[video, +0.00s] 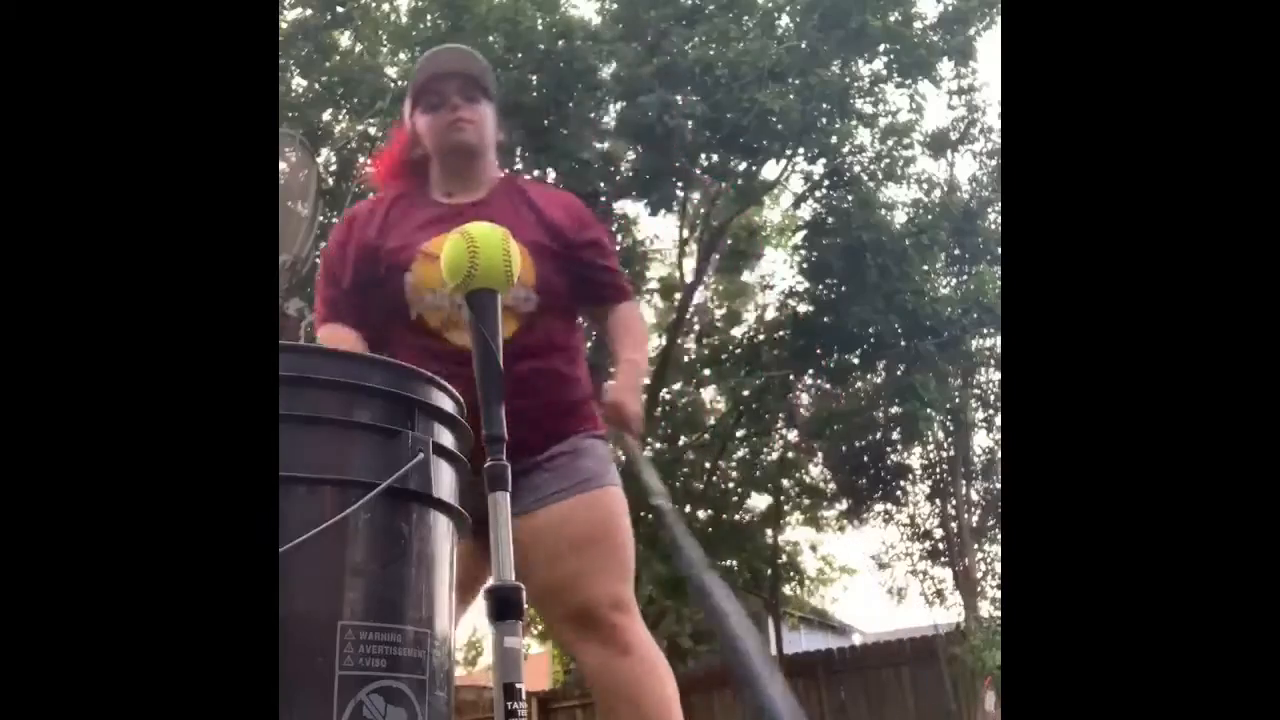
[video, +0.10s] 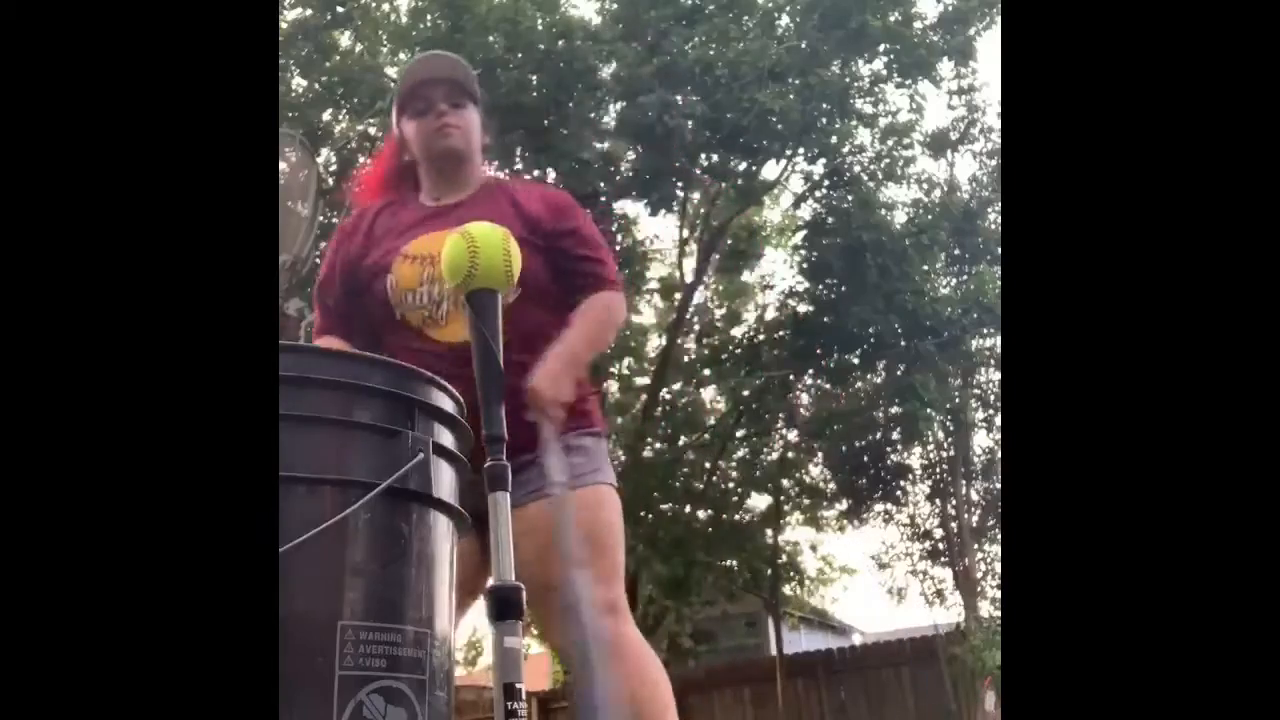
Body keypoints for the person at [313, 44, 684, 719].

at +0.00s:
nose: (456, 107)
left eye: (470, 95)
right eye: (436, 100)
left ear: (495, 116)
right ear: (414, 127)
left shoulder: (557, 212)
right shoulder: (363, 227)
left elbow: (619, 305)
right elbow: (337, 326)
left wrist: (630, 376)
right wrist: (371, 406)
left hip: (556, 450)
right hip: (433, 459)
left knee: (608, 627)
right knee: (401, 636)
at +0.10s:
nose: (442, 115)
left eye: (456, 103)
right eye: (422, 108)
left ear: (481, 121)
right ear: (402, 134)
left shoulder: (542, 205)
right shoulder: (363, 231)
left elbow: (605, 296)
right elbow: (331, 334)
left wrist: (564, 361)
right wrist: (370, 401)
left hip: (548, 445)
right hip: (432, 458)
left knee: (596, 621)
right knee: (402, 632)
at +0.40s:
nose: (462, 133)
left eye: (475, 119)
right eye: (443, 126)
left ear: (500, 132)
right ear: (424, 149)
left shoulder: (552, 198)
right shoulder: (400, 241)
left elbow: (603, 273)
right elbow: (365, 337)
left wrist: (482, 296)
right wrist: (388, 343)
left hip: (562, 440)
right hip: (448, 458)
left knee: (611, 627)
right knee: (418, 651)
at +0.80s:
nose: (450, 148)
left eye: (464, 134)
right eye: (430, 141)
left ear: (491, 149)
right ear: (414, 164)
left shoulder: (533, 196)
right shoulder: (393, 247)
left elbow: (542, 236)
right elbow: (332, 346)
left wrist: (399, 243)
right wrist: (315, 267)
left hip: (554, 443)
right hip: (444, 461)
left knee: (608, 631)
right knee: (415, 649)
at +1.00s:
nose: (412, 164)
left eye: (426, 150)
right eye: (393, 158)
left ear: (453, 161)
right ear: (377, 180)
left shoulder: (486, 208)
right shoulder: (371, 263)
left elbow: (446, 250)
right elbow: (343, 347)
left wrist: (308, 279)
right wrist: (296, 303)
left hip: (525, 452)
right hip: (424, 467)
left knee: (584, 638)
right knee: (378, 639)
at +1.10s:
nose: (387, 174)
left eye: (402, 160)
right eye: (368, 167)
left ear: (431, 175)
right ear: (355, 202)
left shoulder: (454, 217)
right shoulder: (350, 275)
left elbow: (386, 274)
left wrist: (285, 311)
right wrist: (336, 337)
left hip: (512, 452)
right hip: (419, 463)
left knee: (564, 642)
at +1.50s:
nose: (346, 177)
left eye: (360, 160)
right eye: (325, 170)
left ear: (387, 172)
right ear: (312, 197)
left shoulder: (390, 224)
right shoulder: (327, 245)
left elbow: (283, 307)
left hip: (503, 435)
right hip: (428, 445)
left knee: (481, 622)